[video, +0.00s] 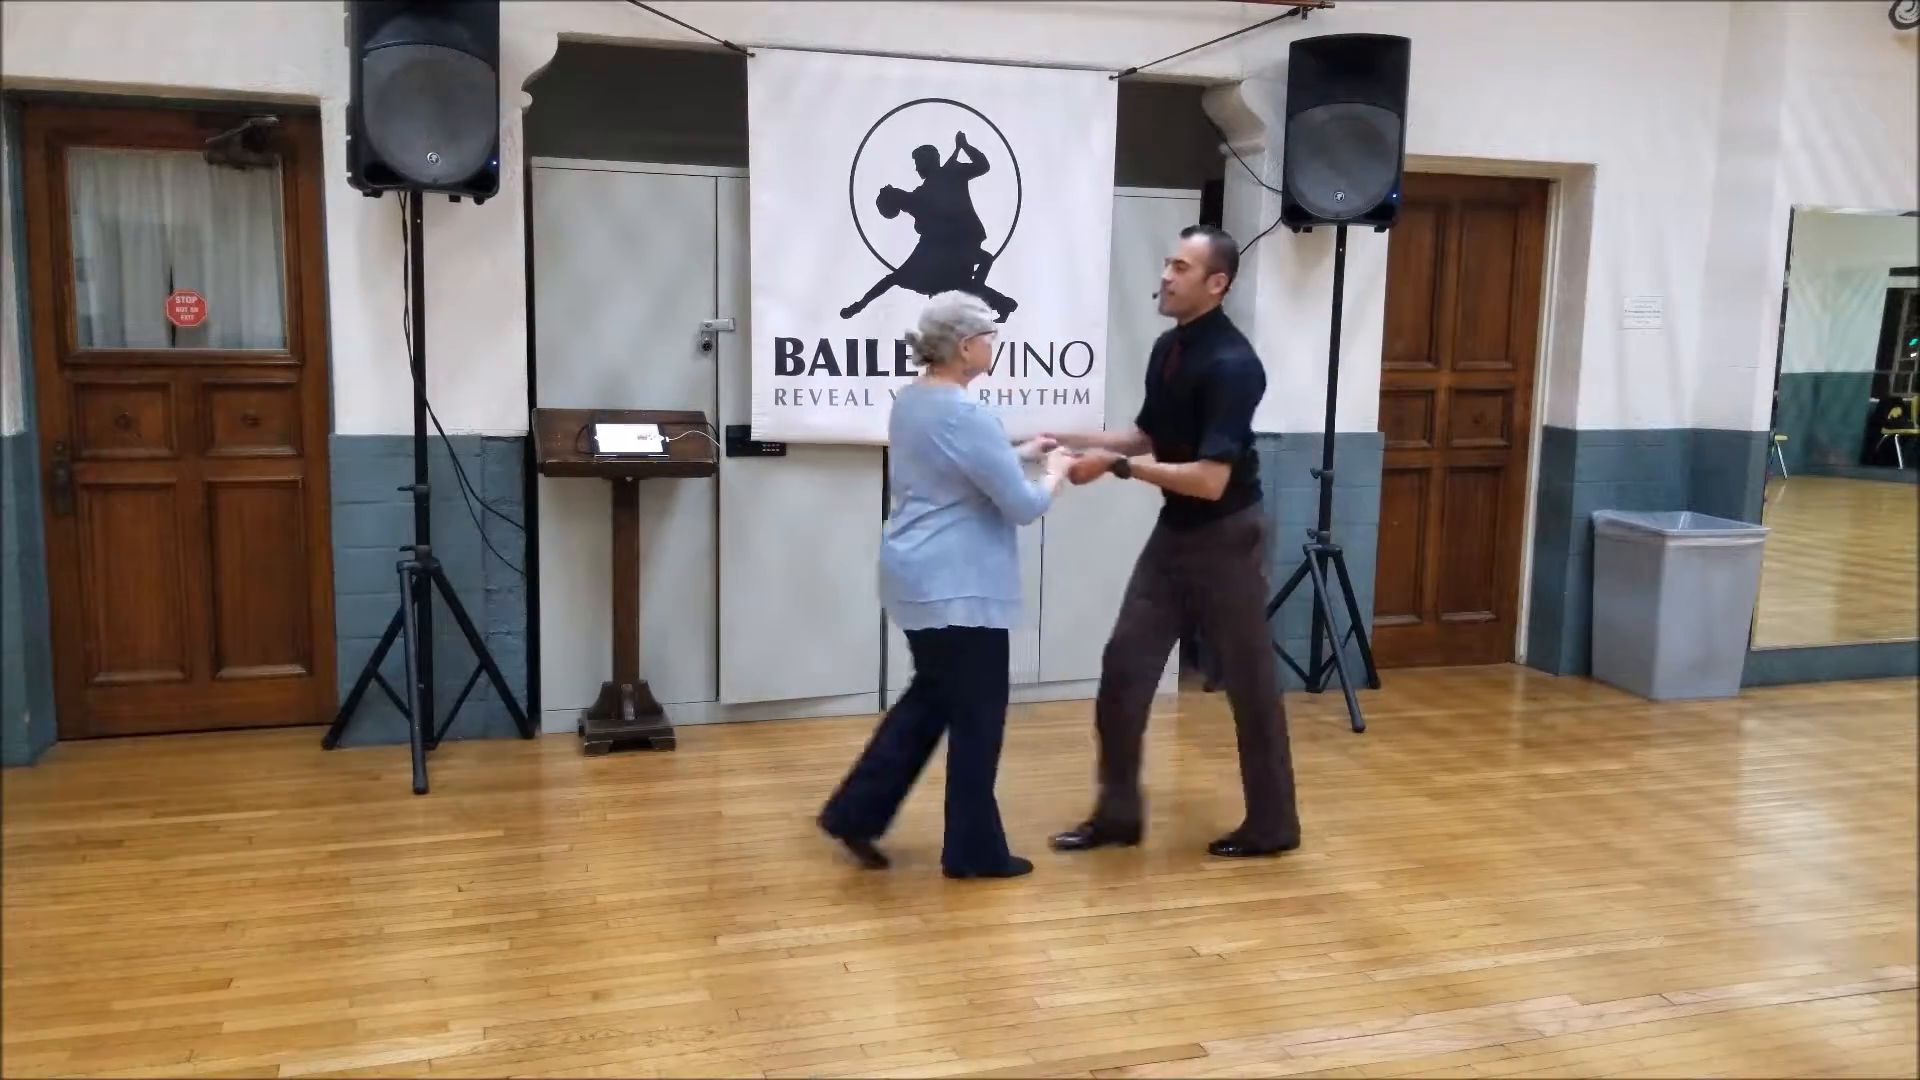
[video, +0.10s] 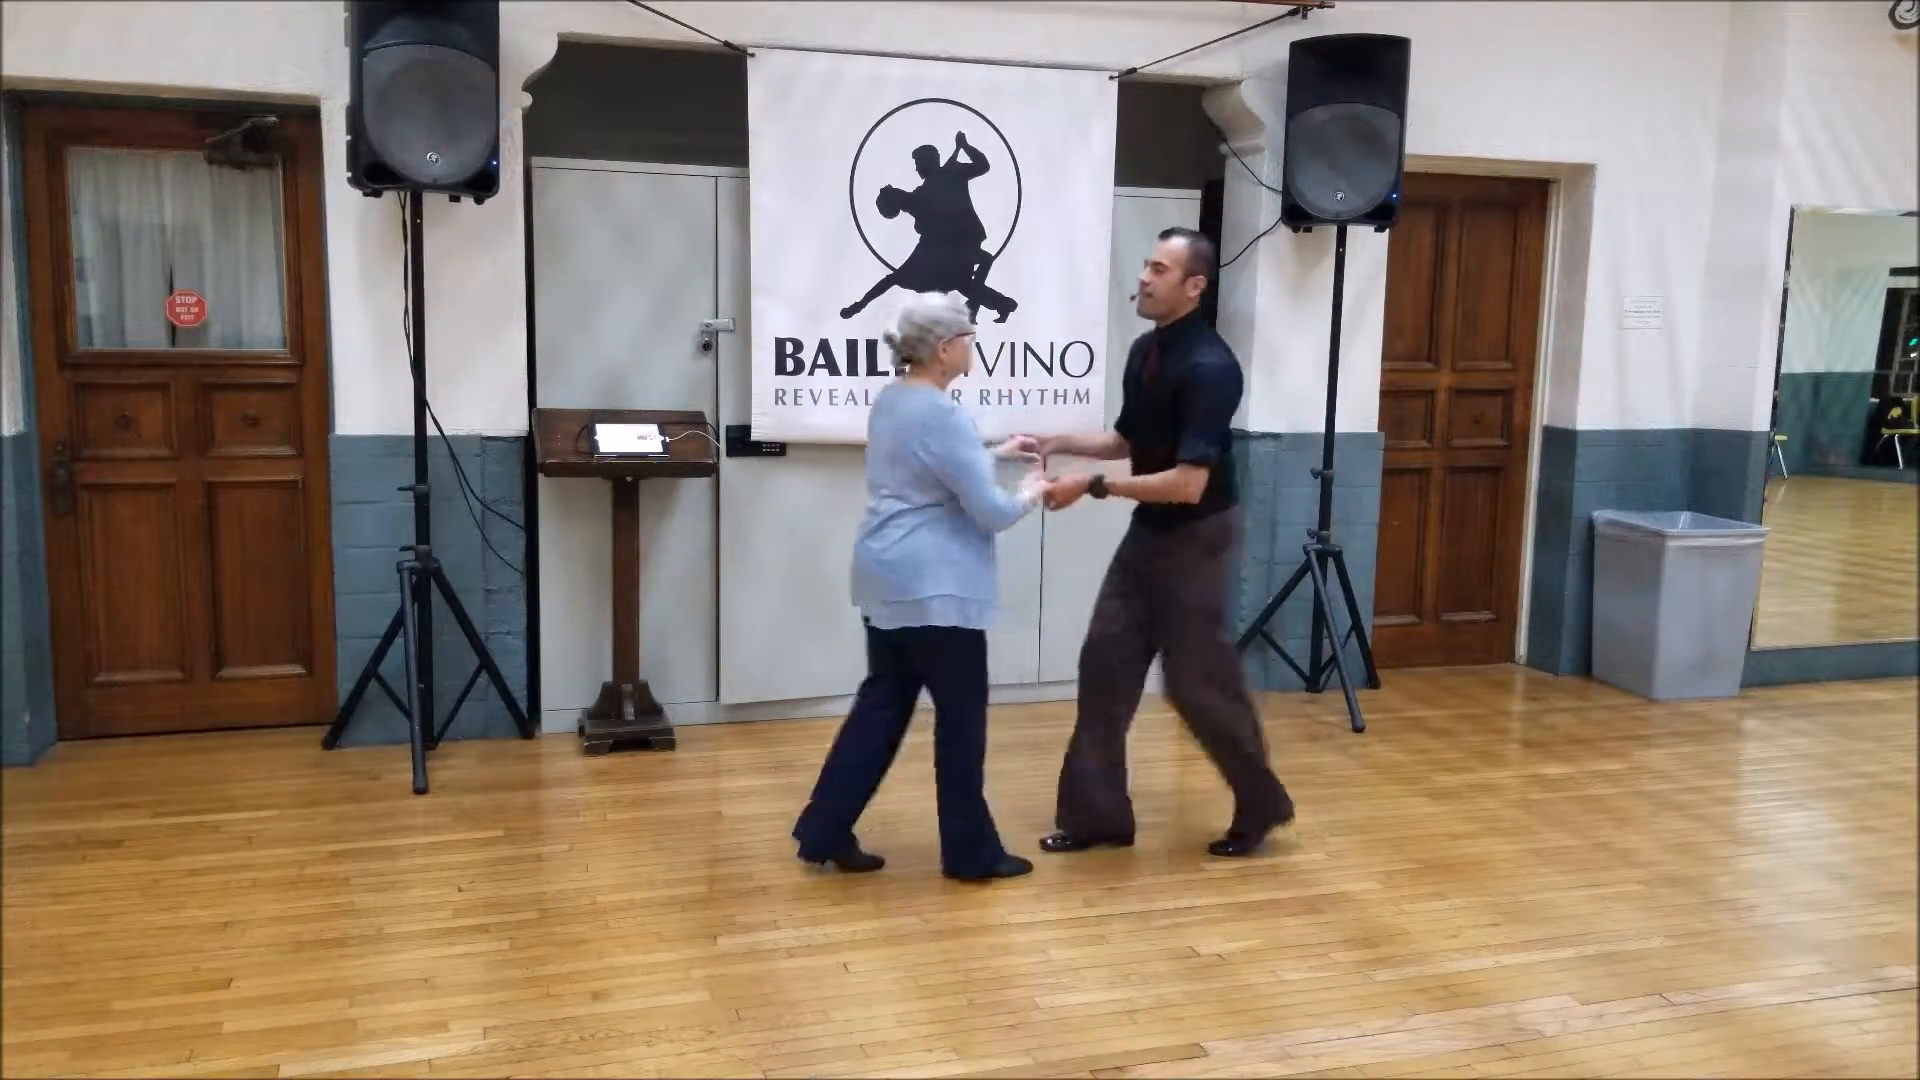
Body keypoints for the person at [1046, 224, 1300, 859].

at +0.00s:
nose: (1165, 276)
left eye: (1180, 269)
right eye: (1168, 265)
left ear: (1217, 284)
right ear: (1184, 277)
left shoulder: (1233, 362)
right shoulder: (1170, 347)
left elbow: (1211, 480)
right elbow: (1148, 439)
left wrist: (1120, 464)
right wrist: (1075, 444)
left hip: (1228, 540)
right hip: (1175, 533)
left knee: (1251, 682)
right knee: (1125, 667)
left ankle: (1273, 825)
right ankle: (1118, 817)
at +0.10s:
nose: (1143, 277)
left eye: (1157, 271)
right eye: (1146, 267)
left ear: (1194, 287)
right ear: (1169, 283)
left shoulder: (1210, 366)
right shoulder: (1147, 351)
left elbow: (1188, 485)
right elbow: (1129, 443)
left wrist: (1095, 483)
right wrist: (1051, 443)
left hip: (1199, 537)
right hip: (1149, 532)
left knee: (1197, 678)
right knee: (1105, 666)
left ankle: (1261, 804)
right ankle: (1096, 815)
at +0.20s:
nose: (1117, 282)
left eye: (1132, 274)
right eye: (1119, 271)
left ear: (1169, 288)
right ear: (1135, 285)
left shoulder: (1183, 366)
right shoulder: (1122, 357)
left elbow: (1164, 485)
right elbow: (1101, 451)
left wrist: (1069, 517)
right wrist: (1028, 470)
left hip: (1163, 533)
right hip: (1122, 526)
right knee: (1083, 667)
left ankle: (1179, 772)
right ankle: (1099, 821)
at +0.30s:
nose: (1103, 283)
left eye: (1118, 275)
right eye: (1106, 272)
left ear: (1155, 289)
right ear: (1126, 287)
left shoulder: (1173, 367)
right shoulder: (1110, 361)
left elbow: (1153, 480)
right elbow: (1088, 458)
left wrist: (1056, 520)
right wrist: (1018, 482)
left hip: (1153, 533)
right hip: (1109, 527)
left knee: (1064, 653)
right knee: (1090, 660)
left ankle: (1112, 786)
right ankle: (1089, 818)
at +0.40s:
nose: (1086, 279)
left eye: (1101, 271)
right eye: (1088, 268)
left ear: (1138, 287)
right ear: (1102, 283)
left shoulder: (1155, 361)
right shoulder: (1092, 359)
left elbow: (1138, 468)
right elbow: (1072, 458)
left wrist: (1038, 508)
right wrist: (1002, 486)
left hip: (1136, 533)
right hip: (1092, 528)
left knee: (1054, 663)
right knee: (1080, 664)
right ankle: (1097, 812)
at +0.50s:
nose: (1073, 275)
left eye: (1088, 267)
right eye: (1075, 264)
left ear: (1125, 283)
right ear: (1081, 276)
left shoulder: (1140, 356)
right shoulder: (1078, 353)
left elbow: (1120, 461)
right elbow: (1057, 451)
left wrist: (1020, 497)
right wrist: (990, 482)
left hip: (1121, 532)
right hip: (1080, 525)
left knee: (1060, 674)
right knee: (1065, 672)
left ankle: (997, 830)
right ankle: (1097, 817)